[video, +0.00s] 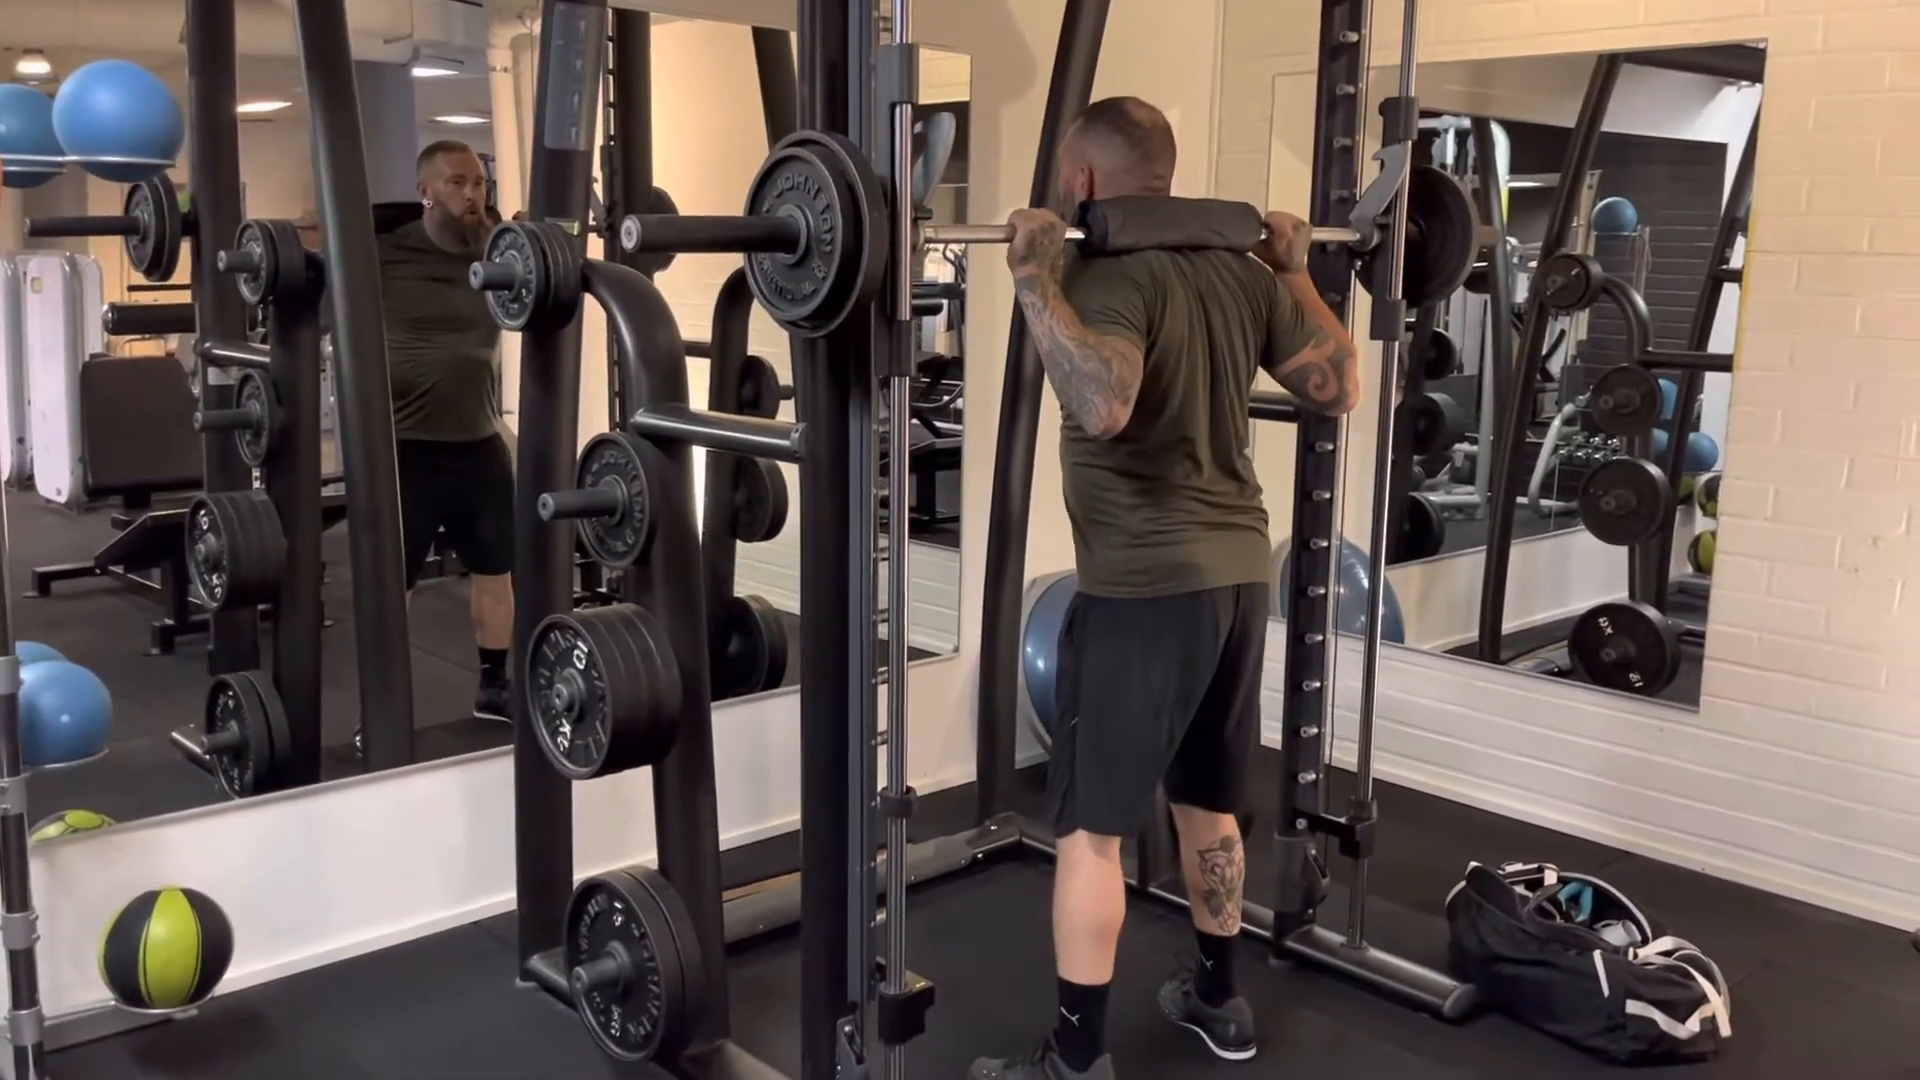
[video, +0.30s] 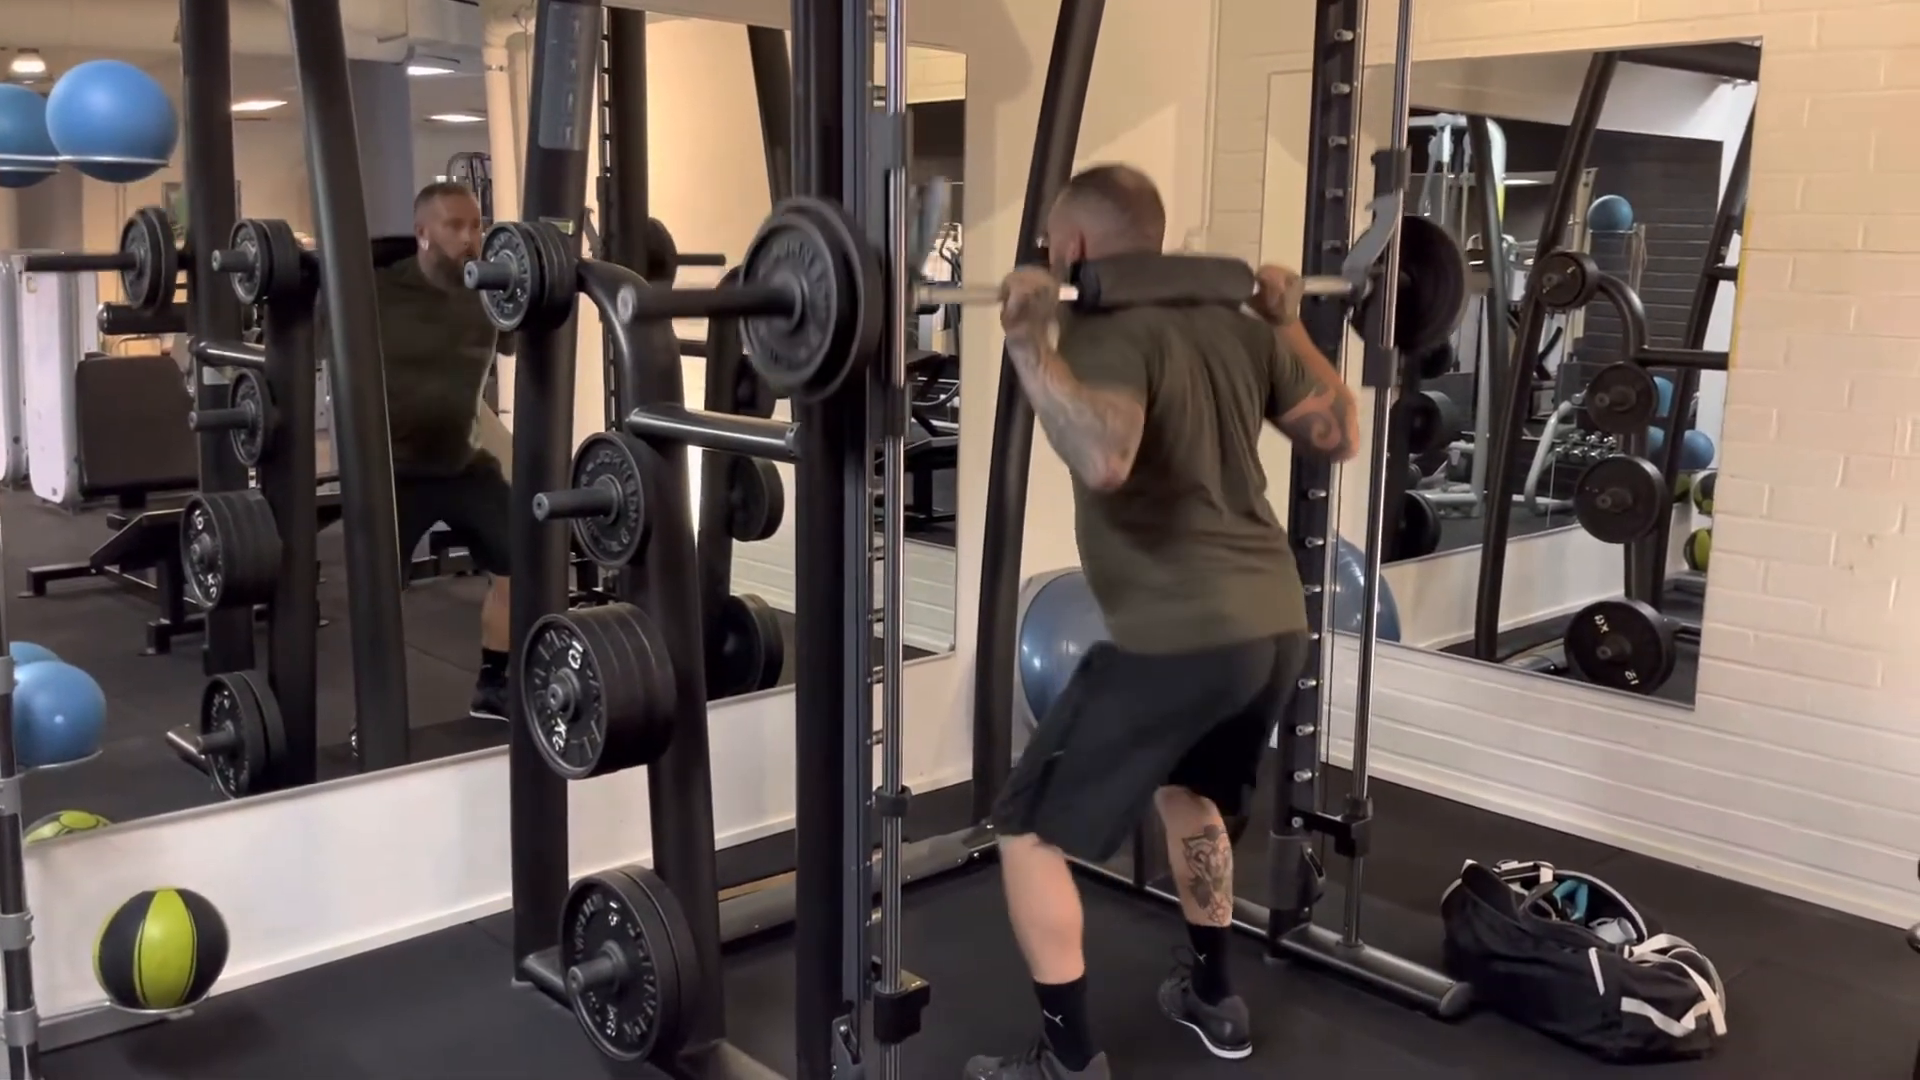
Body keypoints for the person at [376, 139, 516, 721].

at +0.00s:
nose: (474, 193)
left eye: (480, 182)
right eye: (459, 182)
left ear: (487, 190)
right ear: (426, 190)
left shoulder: (493, 255)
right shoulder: (378, 256)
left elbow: (543, 273)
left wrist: (496, 232)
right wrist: (298, 248)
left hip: (479, 441)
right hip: (401, 444)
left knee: (496, 563)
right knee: (388, 578)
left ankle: (496, 684)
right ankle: (378, 699)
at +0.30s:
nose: (471, 237)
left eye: (476, 225)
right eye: (457, 226)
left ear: (483, 229)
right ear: (424, 233)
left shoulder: (485, 293)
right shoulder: (377, 291)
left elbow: (516, 339)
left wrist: (544, 267)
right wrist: (295, 271)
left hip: (464, 465)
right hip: (393, 469)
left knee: (520, 554)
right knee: (375, 589)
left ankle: (495, 683)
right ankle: (374, 706)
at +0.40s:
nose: (470, 269)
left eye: (475, 258)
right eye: (457, 259)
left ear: (482, 259)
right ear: (424, 264)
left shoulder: (489, 320)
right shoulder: (377, 321)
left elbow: (523, 366)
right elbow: (312, 362)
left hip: (460, 479)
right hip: (391, 483)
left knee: (525, 556)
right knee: (377, 596)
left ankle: (495, 683)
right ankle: (374, 711)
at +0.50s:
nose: (468, 306)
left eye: (471, 293)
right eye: (454, 294)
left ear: (479, 294)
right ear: (422, 297)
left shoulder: (485, 350)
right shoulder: (380, 352)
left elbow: (510, 396)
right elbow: (304, 396)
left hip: (454, 498)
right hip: (388, 502)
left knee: (526, 559)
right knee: (377, 602)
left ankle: (494, 683)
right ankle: (371, 717)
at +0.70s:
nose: (466, 372)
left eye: (474, 359)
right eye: (453, 359)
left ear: (482, 360)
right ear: (420, 362)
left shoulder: (486, 408)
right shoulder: (379, 412)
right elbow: (300, 463)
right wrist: (306, 417)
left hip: (450, 542)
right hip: (384, 548)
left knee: (524, 572)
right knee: (370, 616)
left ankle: (490, 687)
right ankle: (365, 718)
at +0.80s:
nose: (466, 398)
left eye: (473, 383)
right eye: (453, 385)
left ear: (482, 383)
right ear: (419, 387)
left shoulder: (486, 433)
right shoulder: (375, 436)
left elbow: (507, 472)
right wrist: (304, 441)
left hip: (450, 561)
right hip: (380, 567)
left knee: (525, 575)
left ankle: (490, 686)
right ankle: (365, 719)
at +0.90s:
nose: (466, 416)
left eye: (473, 402)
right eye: (452, 404)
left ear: (481, 401)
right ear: (419, 406)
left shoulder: (489, 451)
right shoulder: (377, 463)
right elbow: (299, 519)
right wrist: (300, 467)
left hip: (448, 576)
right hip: (381, 581)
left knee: (524, 576)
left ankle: (489, 687)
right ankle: (362, 720)